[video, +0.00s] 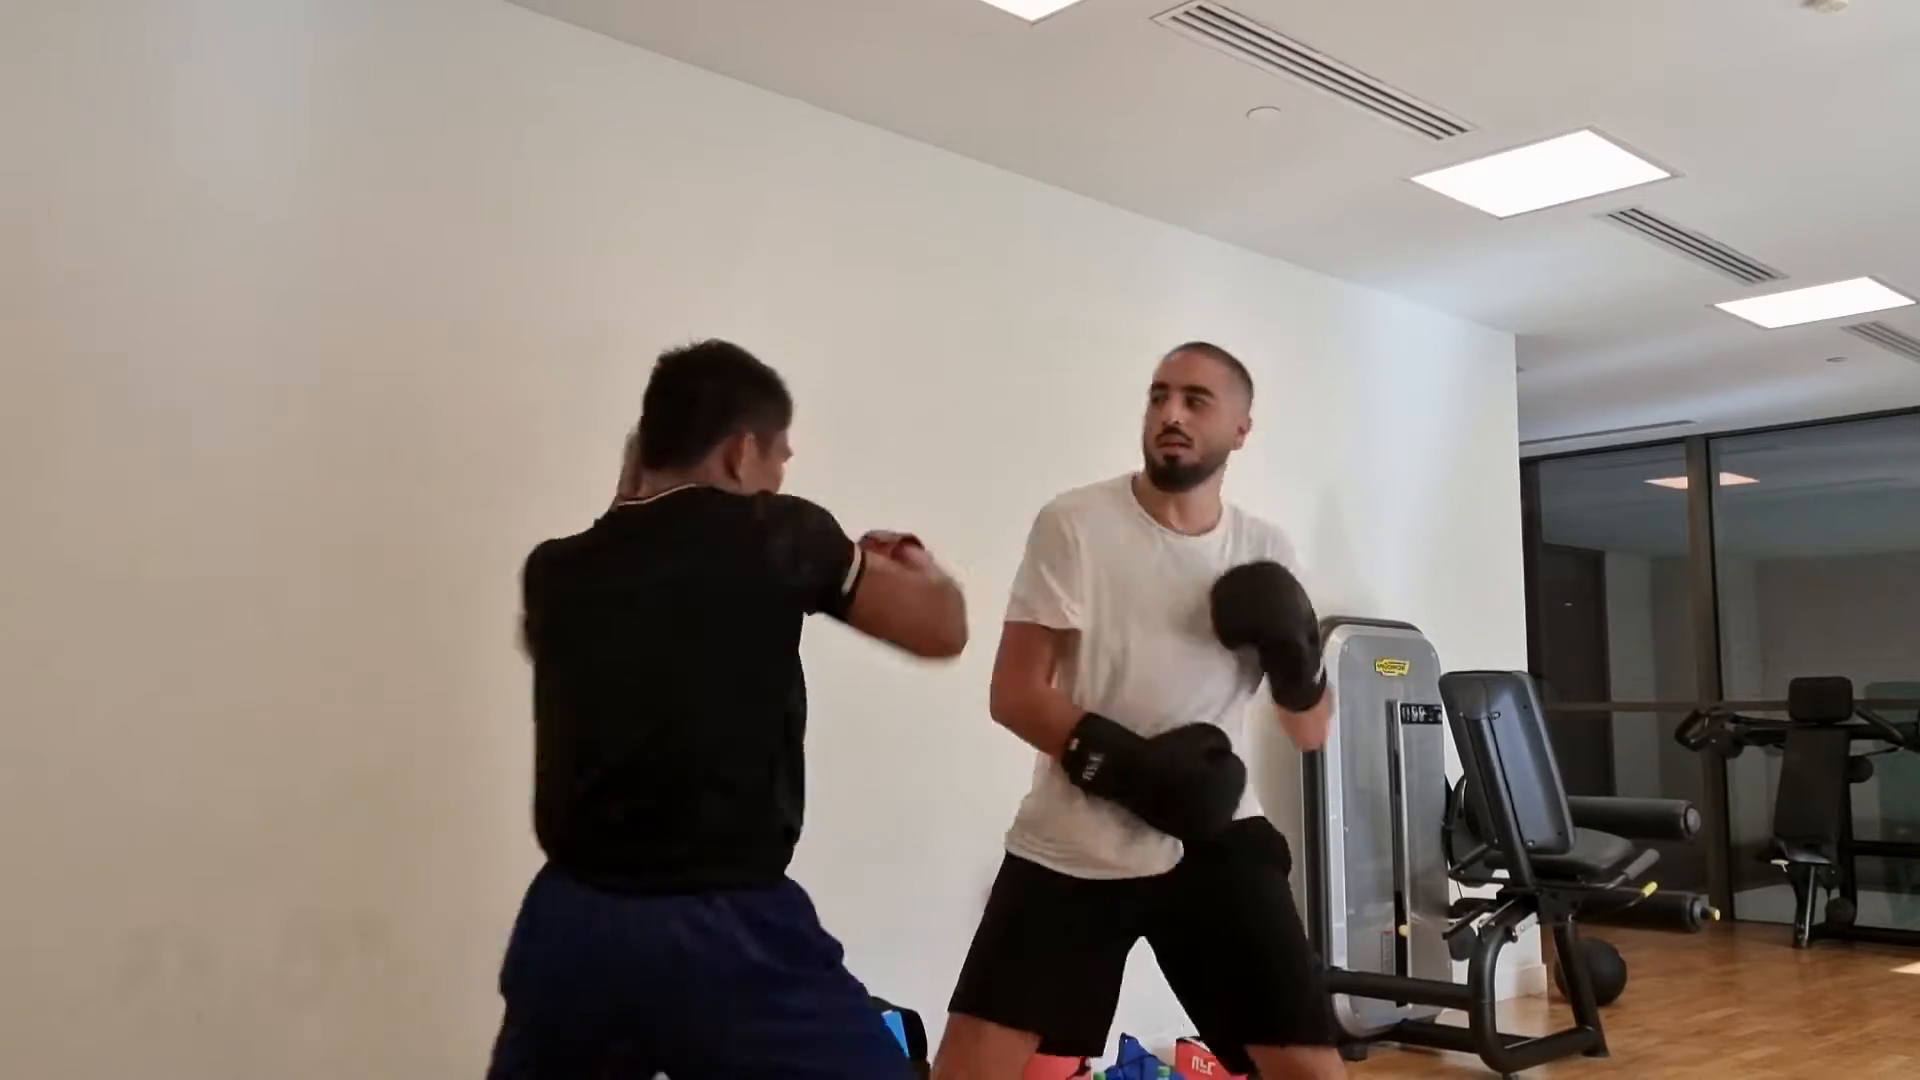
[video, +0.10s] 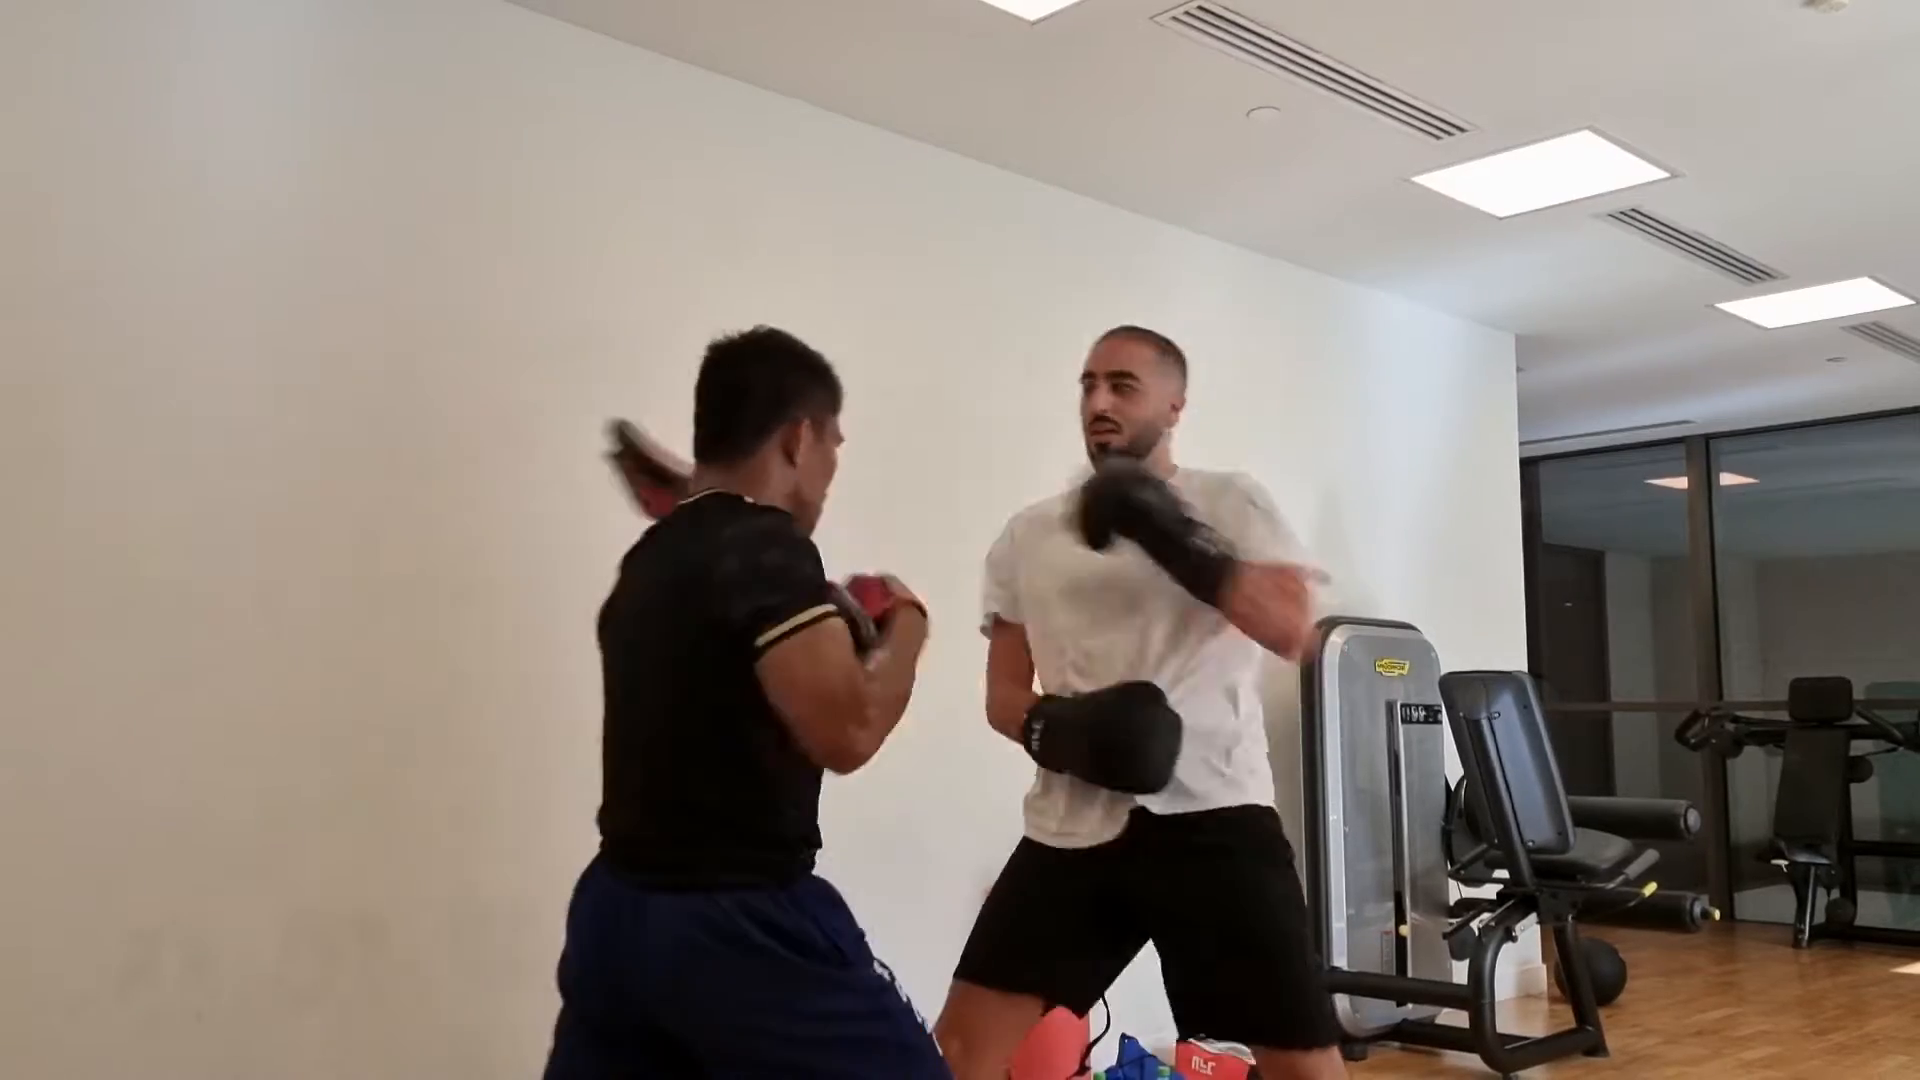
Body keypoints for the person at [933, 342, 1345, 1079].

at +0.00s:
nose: (1171, 413)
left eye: (1198, 400)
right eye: (1160, 397)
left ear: (1241, 430)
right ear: (1143, 415)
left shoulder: (1266, 551)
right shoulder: (1074, 526)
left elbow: (1311, 731)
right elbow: (1015, 692)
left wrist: (1292, 649)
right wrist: (1127, 763)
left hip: (1217, 856)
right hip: (1068, 852)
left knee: (1312, 1069)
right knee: (972, 1068)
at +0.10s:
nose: (1097, 402)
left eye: (1122, 385)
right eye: (1088, 386)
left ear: (1175, 408)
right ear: (1077, 402)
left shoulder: (1231, 502)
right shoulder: (1026, 538)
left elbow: (1294, 631)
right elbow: (1005, 698)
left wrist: (1169, 535)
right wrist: (1060, 729)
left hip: (1219, 835)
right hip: (1069, 842)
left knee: (1307, 1067)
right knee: (961, 1054)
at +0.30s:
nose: (912, 528)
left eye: (921, 502)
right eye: (903, 513)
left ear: (985, 493)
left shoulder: (1041, 527)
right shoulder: (1007, 614)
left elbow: (1159, 619)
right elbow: (1077, 736)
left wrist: (989, 667)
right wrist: (1049, 794)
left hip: (1218, 814)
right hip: (1107, 837)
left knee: (1269, 1063)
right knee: (983, 1030)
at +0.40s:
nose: (863, 641)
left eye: (867, 612)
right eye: (851, 625)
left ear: (923, 579)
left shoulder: (1024, 618)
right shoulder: (985, 675)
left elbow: (1159, 732)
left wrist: (1028, 790)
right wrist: (1048, 835)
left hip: (1225, 852)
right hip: (1112, 876)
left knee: (1256, 1065)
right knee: (968, 1039)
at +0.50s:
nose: (891, 643)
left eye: (900, 613)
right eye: (880, 622)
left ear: (965, 588)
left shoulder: (1088, 631)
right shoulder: (959, 702)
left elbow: (1234, 754)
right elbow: (1029, 808)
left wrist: (1112, 794)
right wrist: (1072, 862)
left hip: (1213, 875)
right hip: (1088, 892)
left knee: (1259, 1071)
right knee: (952, 1052)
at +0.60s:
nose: (971, 583)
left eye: (984, 554)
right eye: (959, 566)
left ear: (1049, 544)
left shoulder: (1173, 607)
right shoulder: (974, 660)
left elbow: (1293, 747)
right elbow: (998, 808)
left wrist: (1191, 756)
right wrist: (1068, 867)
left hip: (1205, 884)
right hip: (1062, 894)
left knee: (1261, 1073)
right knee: (940, 1067)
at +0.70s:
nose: (1020, 528)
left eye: (1040, 502)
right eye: (1007, 508)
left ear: (1099, 503)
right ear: (1000, 515)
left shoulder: (1200, 594)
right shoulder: (989, 625)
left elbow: (1309, 734)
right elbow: (978, 785)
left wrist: (1222, 711)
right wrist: (1060, 852)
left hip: (1193, 891)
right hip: (1043, 901)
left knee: (1256, 1073)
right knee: (935, 1069)